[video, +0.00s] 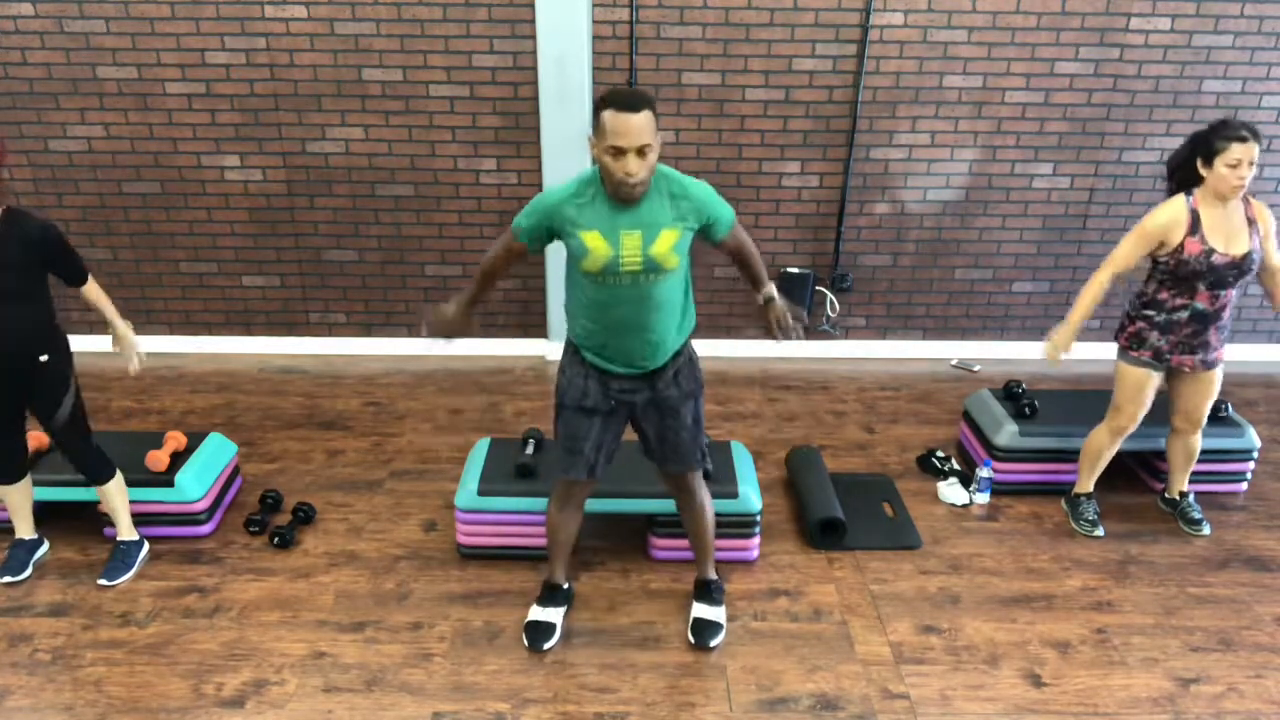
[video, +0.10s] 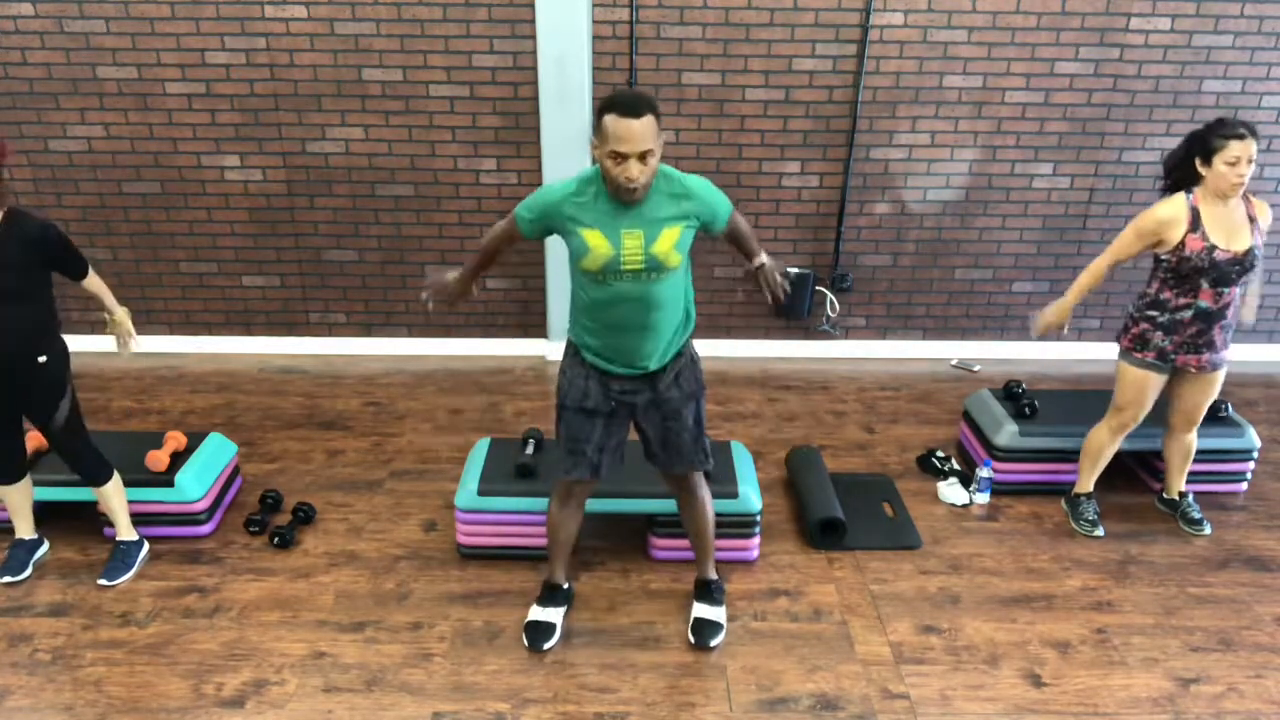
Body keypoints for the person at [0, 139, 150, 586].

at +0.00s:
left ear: (5, 187)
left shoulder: (29, 231)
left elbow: (81, 280)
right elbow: (83, 278)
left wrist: (118, 324)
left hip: (42, 362)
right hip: (3, 372)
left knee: (81, 450)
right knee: (8, 458)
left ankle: (129, 539)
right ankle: (26, 539)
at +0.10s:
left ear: (4, 190)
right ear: (3, 191)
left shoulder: (29, 232)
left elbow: (81, 272)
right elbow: (81, 269)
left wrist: (116, 309)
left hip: (38, 363)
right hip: (1, 372)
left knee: (77, 449)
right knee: (7, 459)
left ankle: (129, 538)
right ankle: (26, 539)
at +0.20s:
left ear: (4, 195)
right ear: (3, 195)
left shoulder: (32, 234)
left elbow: (83, 276)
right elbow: (83, 274)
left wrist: (117, 312)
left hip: (38, 363)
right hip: (1, 373)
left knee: (76, 450)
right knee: (7, 459)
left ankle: (129, 539)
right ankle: (26, 539)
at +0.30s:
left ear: (5, 188)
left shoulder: (31, 235)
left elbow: (83, 290)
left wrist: (122, 344)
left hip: (40, 364)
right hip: (1, 374)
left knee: (79, 450)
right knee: (7, 459)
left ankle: (128, 538)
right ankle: (26, 539)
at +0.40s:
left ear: (2, 192)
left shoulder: (27, 234)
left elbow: (72, 302)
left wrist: (97, 371)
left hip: (46, 362)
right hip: (3, 372)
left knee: (82, 452)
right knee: (7, 459)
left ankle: (129, 538)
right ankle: (26, 539)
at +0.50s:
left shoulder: (20, 239)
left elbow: (59, 315)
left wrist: (51, 390)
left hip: (54, 362)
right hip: (7, 371)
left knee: (79, 449)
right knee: (6, 458)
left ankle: (129, 538)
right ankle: (26, 539)